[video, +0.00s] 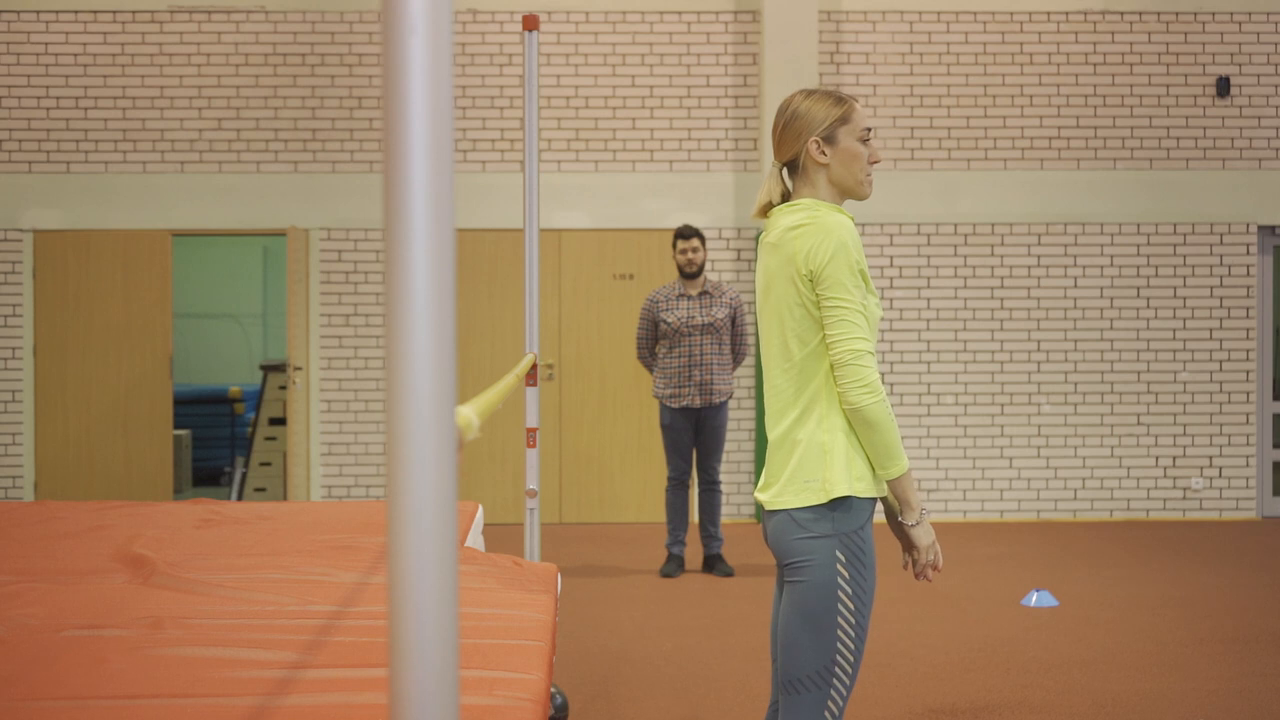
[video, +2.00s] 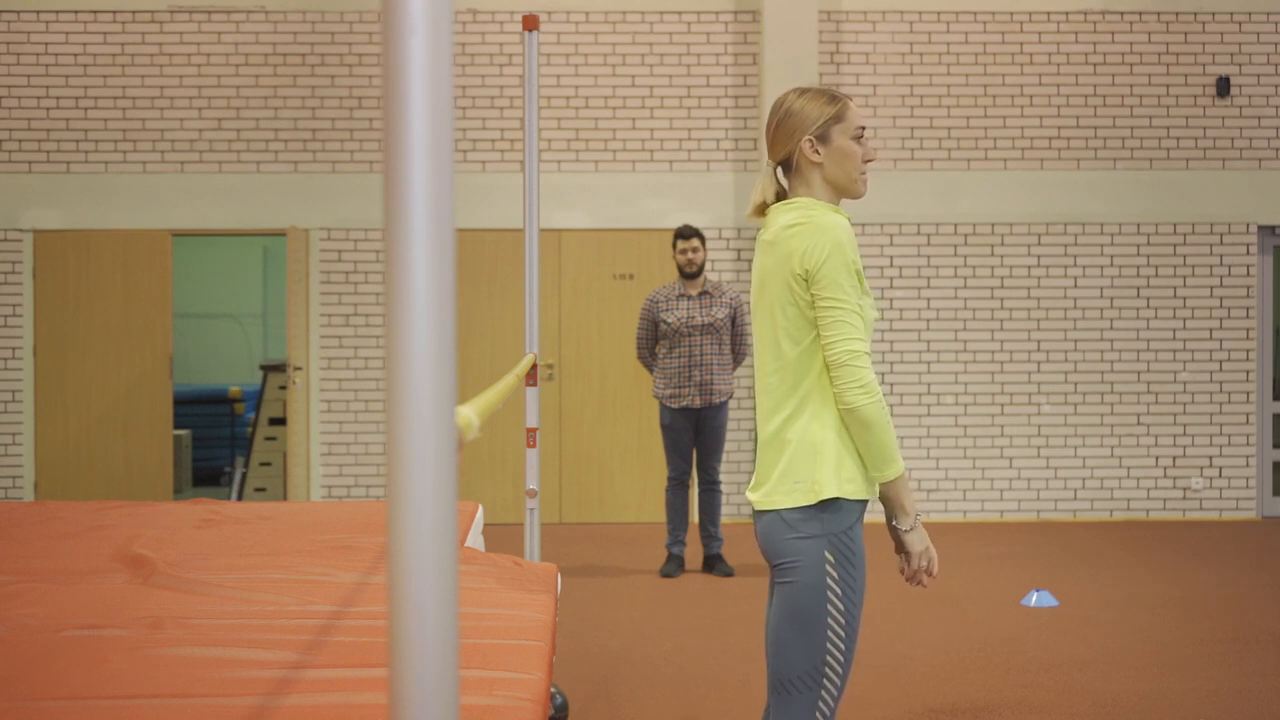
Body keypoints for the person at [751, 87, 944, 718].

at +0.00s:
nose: (874, 154)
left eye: (870, 140)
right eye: (862, 140)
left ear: (817, 154)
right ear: (819, 152)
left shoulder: (782, 231)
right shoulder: (829, 231)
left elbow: (812, 389)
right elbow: (856, 384)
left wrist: (897, 510)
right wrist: (909, 507)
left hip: (795, 501)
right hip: (828, 503)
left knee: (793, 706)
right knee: (815, 707)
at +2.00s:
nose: (869, 151)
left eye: (864, 137)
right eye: (856, 138)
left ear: (811, 154)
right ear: (812, 151)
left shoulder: (783, 231)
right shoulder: (824, 231)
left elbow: (814, 387)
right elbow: (852, 385)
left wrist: (900, 512)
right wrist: (904, 512)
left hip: (792, 507)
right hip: (819, 510)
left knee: (793, 706)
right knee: (807, 708)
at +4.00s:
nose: (851, 164)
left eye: (847, 149)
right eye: (838, 147)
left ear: (793, 155)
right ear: (799, 154)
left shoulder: (786, 228)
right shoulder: (782, 227)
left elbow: (831, 102)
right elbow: (866, 94)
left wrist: (840, 7)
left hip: (840, 489)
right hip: (842, 493)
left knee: (818, 697)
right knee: (828, 700)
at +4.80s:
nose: (865, 169)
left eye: (863, 153)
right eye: (853, 153)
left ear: (805, 158)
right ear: (805, 155)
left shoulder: (799, 237)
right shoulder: (786, 236)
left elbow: (791, 114)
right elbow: (815, 70)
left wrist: (741, 23)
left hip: (859, 485)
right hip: (851, 491)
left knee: (822, 699)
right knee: (836, 702)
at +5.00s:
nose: (862, 168)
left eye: (860, 154)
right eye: (852, 152)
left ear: (796, 157)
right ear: (805, 157)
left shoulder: (795, 236)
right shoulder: (788, 232)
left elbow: (795, 110)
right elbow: (822, 75)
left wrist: (750, 18)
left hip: (853, 488)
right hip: (851, 491)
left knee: (818, 699)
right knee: (832, 702)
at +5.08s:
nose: (860, 167)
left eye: (858, 152)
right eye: (849, 150)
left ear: (792, 156)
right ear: (803, 155)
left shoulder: (791, 233)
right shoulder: (787, 230)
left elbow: (799, 106)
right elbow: (828, 72)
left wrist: (758, 16)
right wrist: (776, 0)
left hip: (852, 489)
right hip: (849, 492)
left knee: (817, 701)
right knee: (831, 704)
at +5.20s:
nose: (859, 166)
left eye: (857, 152)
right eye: (846, 151)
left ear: (791, 159)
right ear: (801, 158)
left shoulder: (787, 234)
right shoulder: (786, 230)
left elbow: (804, 98)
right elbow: (837, 77)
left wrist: (774, 11)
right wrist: (793, 1)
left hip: (843, 491)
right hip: (848, 493)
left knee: (814, 701)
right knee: (829, 704)